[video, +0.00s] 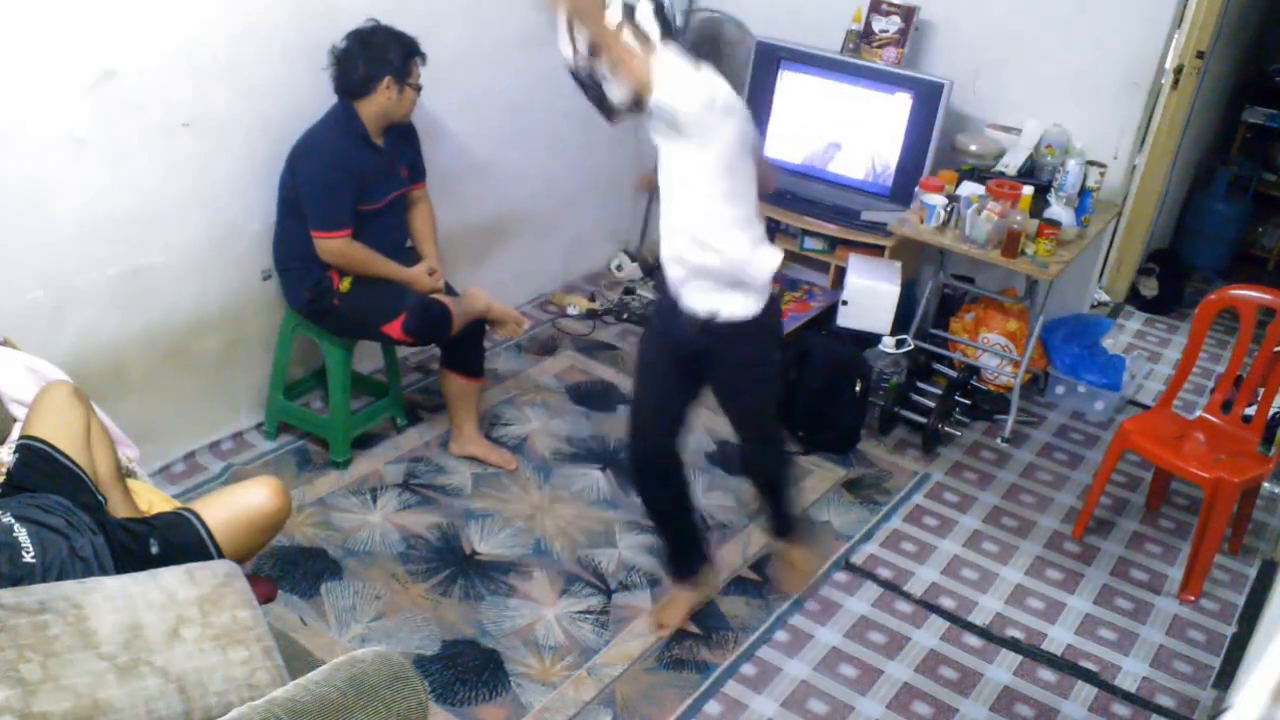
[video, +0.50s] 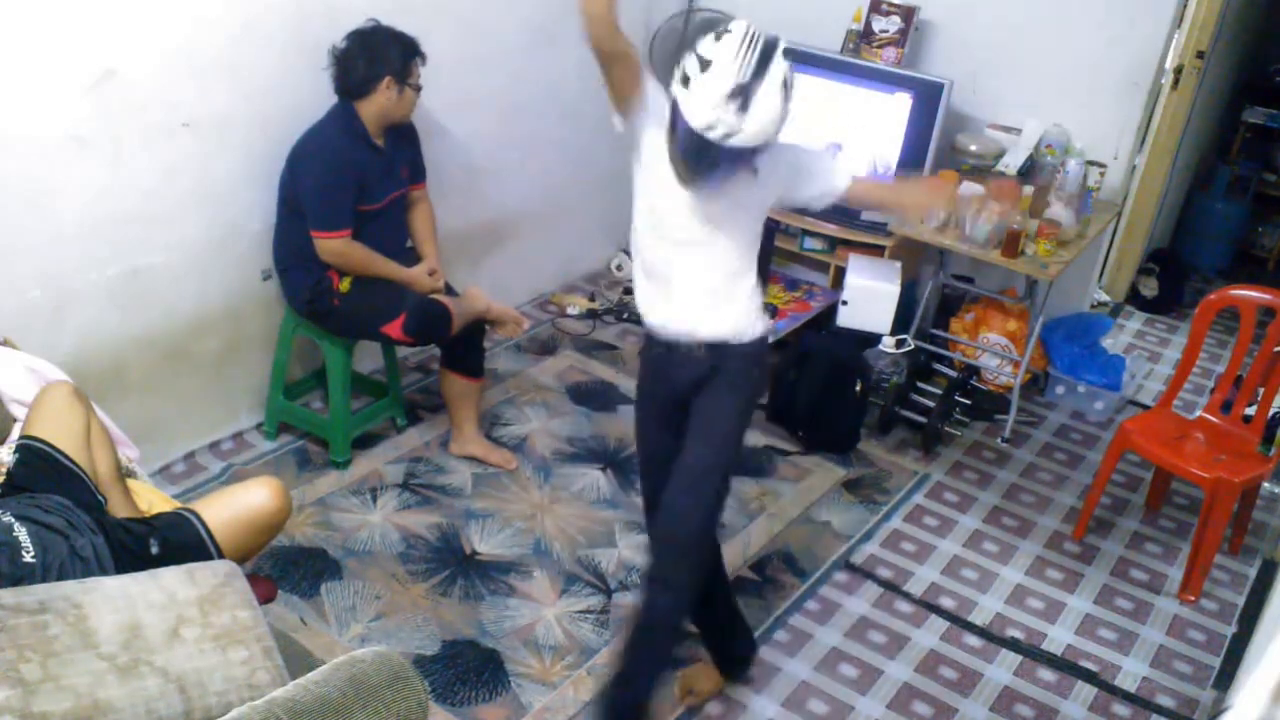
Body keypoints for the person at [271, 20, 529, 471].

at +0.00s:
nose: (419, 96)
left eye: (419, 87)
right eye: (416, 87)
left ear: (386, 88)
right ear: (387, 88)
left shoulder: (399, 131)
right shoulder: (325, 151)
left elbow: (418, 202)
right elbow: (333, 249)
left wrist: (429, 259)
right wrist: (407, 276)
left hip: (387, 266)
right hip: (325, 283)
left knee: (466, 320)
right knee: (424, 324)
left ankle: (465, 435)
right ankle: (477, 305)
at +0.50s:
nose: (419, 96)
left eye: (419, 87)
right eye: (416, 86)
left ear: (386, 87)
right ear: (387, 87)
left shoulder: (400, 131)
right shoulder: (326, 151)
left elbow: (418, 202)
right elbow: (333, 249)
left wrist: (429, 259)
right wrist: (408, 277)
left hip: (387, 266)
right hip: (325, 283)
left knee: (465, 321)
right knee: (426, 323)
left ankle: (466, 435)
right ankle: (476, 306)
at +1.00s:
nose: (419, 95)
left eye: (419, 86)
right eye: (416, 86)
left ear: (386, 87)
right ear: (387, 87)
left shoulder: (399, 130)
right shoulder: (326, 151)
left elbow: (418, 201)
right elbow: (332, 249)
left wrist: (429, 258)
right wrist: (407, 277)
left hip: (388, 265)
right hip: (325, 284)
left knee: (465, 323)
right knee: (427, 322)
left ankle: (466, 435)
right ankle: (477, 305)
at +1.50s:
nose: (419, 96)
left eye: (419, 87)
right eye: (416, 87)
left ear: (387, 88)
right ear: (387, 88)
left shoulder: (400, 131)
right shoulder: (326, 151)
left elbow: (417, 202)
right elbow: (333, 249)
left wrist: (428, 260)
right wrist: (407, 277)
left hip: (388, 264)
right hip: (325, 282)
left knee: (465, 323)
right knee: (424, 323)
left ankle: (466, 436)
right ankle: (476, 306)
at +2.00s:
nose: (419, 96)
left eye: (419, 87)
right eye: (416, 87)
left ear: (387, 88)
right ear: (387, 88)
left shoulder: (400, 130)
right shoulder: (326, 151)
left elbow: (418, 202)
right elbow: (332, 249)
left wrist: (429, 260)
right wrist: (407, 276)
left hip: (389, 264)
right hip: (325, 281)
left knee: (465, 323)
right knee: (423, 324)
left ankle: (466, 435)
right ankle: (477, 306)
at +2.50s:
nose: (420, 96)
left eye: (420, 87)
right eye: (416, 87)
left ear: (387, 87)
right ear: (388, 87)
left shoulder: (399, 131)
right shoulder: (326, 151)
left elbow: (417, 201)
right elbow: (332, 249)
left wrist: (430, 261)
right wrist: (407, 275)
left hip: (387, 264)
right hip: (325, 284)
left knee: (465, 324)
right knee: (422, 323)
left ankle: (466, 435)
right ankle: (473, 306)